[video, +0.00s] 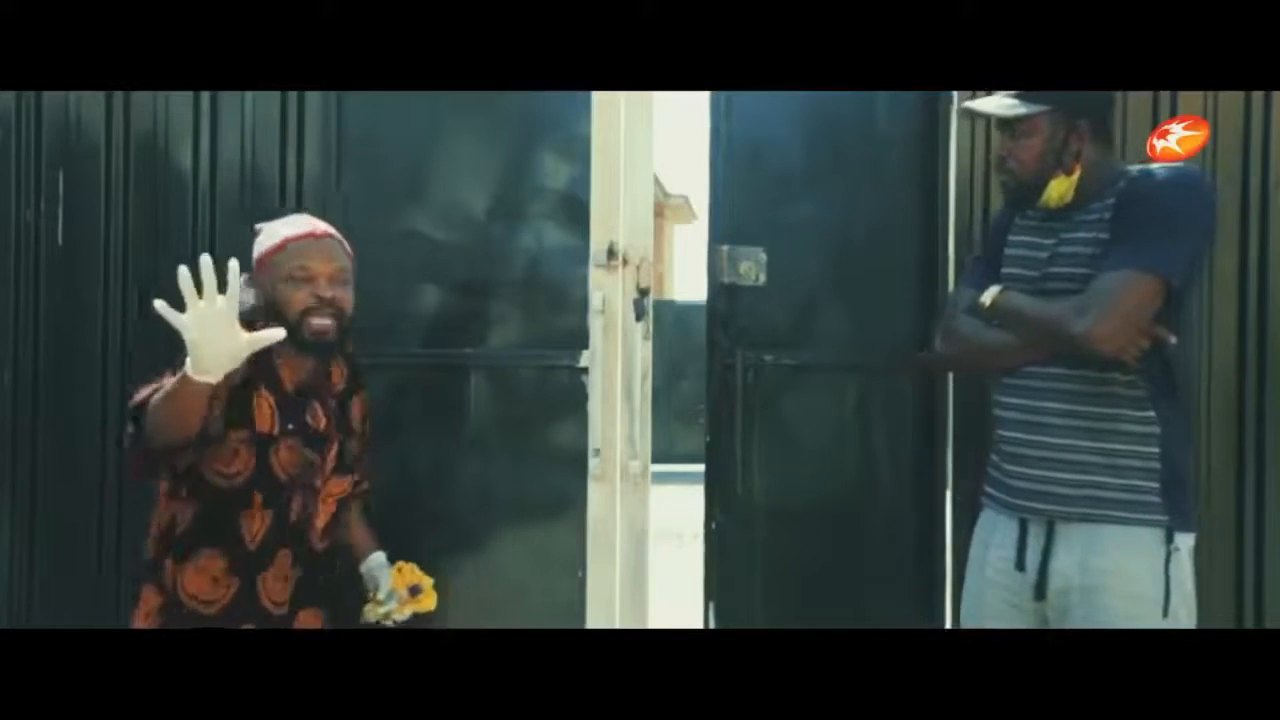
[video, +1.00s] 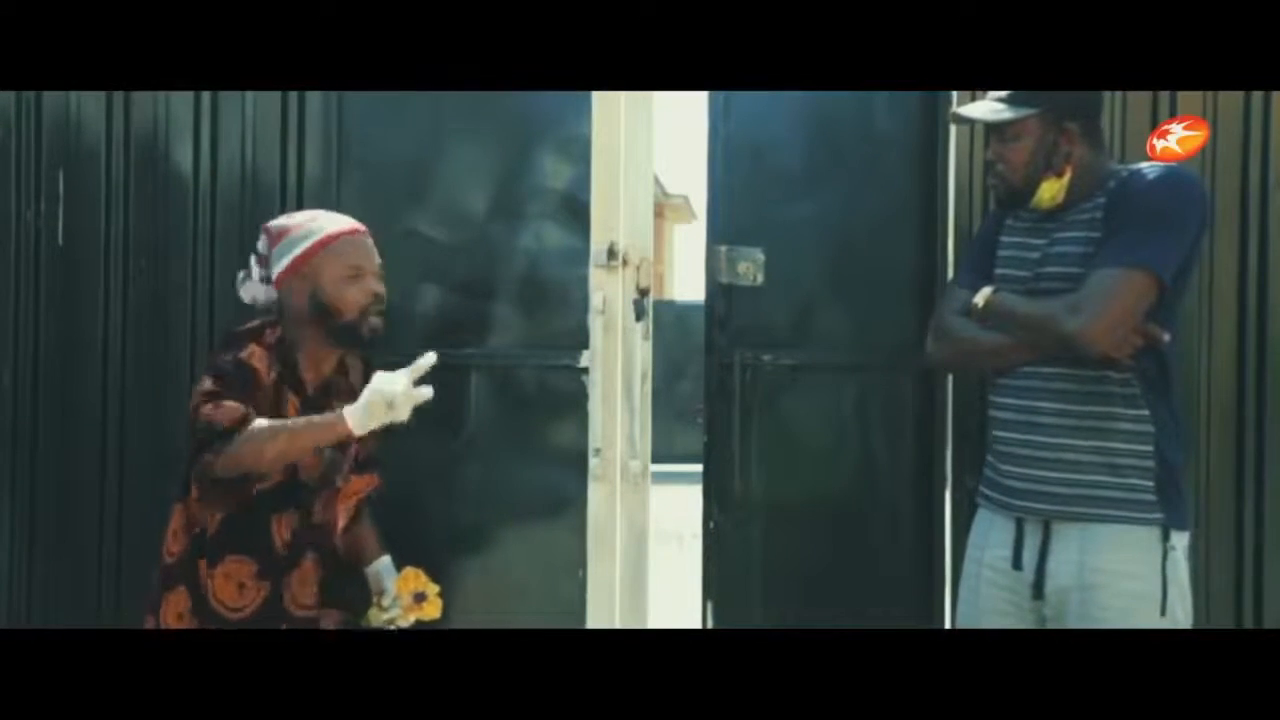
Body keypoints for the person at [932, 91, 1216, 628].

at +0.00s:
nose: (1001, 151)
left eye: (1018, 132)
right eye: (1001, 133)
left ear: (1076, 136)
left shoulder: (1170, 192)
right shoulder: (1012, 217)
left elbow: (1102, 328)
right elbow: (949, 341)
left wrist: (992, 297)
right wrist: (1079, 326)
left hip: (1125, 527)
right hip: (1006, 515)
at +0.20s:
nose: (996, 152)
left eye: (1014, 134)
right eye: (995, 134)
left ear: (1073, 137)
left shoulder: (1167, 191)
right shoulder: (1010, 216)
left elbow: (1097, 328)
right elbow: (944, 340)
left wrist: (989, 297)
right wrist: (1073, 327)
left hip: (1122, 527)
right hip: (1003, 515)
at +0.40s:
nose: (992, 152)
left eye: (1011, 134)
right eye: (992, 135)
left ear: (1070, 137)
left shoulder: (1164, 191)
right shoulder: (1007, 214)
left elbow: (1097, 330)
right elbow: (941, 341)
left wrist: (986, 300)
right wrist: (1071, 330)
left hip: (1120, 527)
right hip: (1001, 515)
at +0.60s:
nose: (992, 153)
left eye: (1009, 136)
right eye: (991, 136)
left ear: (1067, 138)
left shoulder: (1164, 191)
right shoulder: (1005, 217)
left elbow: (1096, 330)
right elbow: (941, 342)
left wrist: (985, 300)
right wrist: (1071, 329)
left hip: (1120, 528)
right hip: (1001, 516)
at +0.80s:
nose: (991, 154)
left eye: (1008, 137)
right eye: (990, 138)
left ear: (1067, 138)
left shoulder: (1163, 190)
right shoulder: (1005, 216)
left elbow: (1095, 330)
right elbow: (941, 342)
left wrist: (985, 300)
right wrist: (1071, 330)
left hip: (1120, 527)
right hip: (1001, 516)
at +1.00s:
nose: (991, 154)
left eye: (1008, 138)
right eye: (990, 138)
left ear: (1067, 138)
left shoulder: (1163, 190)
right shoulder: (1005, 216)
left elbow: (1095, 329)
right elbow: (941, 342)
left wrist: (984, 300)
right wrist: (1071, 329)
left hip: (1120, 527)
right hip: (1002, 515)